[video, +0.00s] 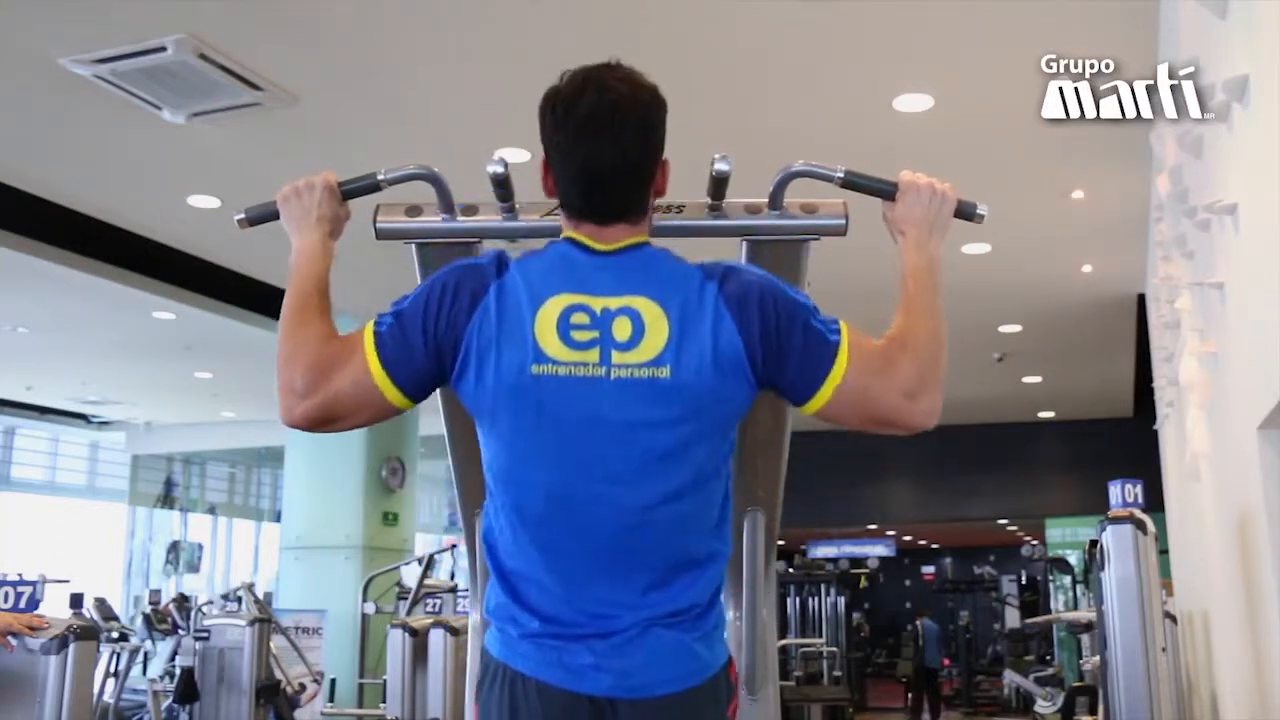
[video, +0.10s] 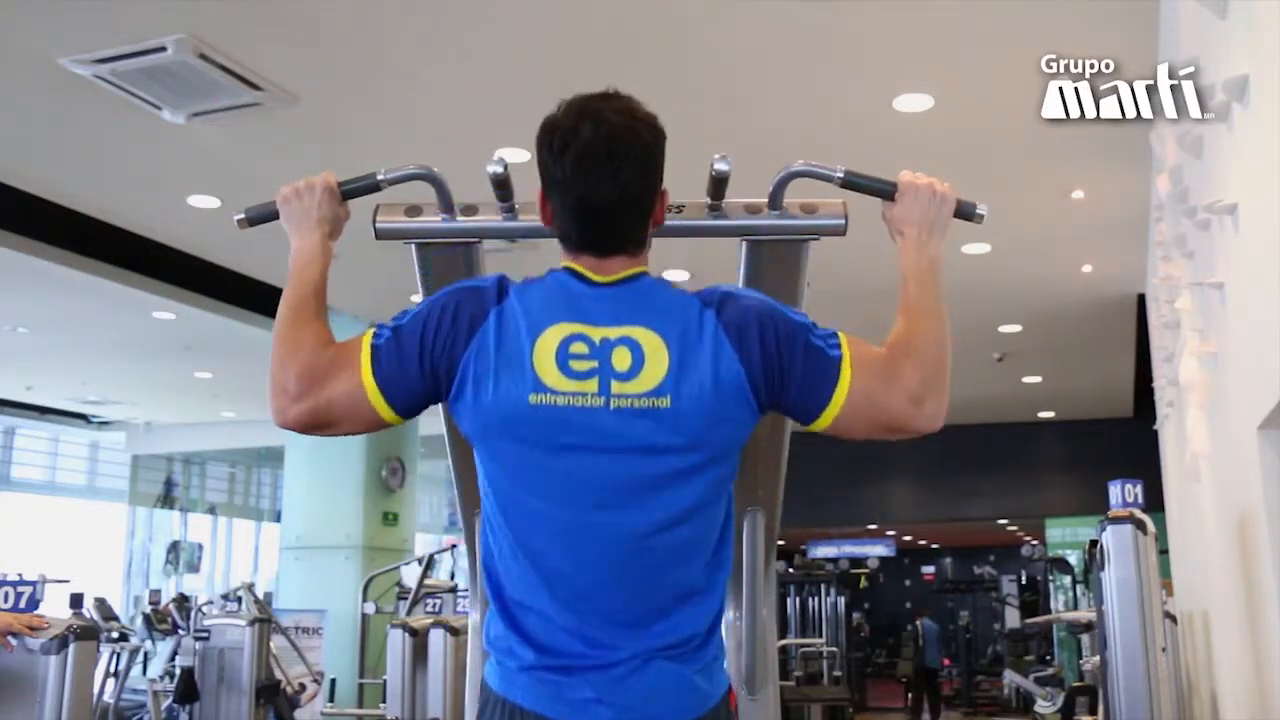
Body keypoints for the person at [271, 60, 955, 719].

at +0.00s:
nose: (664, 168)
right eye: (662, 157)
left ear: (545, 179)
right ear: (663, 179)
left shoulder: (478, 299)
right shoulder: (734, 304)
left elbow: (306, 397)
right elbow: (910, 399)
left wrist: (310, 241)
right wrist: (921, 242)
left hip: (527, 679)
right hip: (680, 680)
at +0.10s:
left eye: (540, 183)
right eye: (661, 186)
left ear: (542, 206)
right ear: (662, 207)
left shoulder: (477, 322)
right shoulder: (734, 330)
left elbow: (299, 397)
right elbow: (916, 401)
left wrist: (309, 245)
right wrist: (922, 244)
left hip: (526, 693)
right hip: (683, 693)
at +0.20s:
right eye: (662, 215)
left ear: (541, 235)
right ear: (661, 238)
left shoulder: (476, 345)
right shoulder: (732, 356)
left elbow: (295, 397)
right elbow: (919, 400)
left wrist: (309, 241)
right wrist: (924, 243)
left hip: (525, 701)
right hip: (682, 701)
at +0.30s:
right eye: (664, 250)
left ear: (542, 270)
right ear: (664, 272)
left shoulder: (474, 377)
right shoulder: (734, 389)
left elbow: (296, 399)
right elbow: (918, 403)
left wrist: (310, 243)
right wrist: (922, 246)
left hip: (525, 701)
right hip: (682, 702)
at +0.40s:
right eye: (660, 283)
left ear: (542, 306)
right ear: (663, 307)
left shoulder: (473, 408)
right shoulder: (732, 423)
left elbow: (297, 401)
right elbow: (913, 407)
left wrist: (310, 246)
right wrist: (920, 246)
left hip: (523, 711)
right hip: (682, 712)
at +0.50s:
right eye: (661, 325)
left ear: (540, 348)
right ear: (662, 350)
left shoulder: (472, 439)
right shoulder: (731, 456)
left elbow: (303, 403)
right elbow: (906, 409)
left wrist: (311, 245)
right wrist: (920, 244)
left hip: (522, 708)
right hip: (685, 709)